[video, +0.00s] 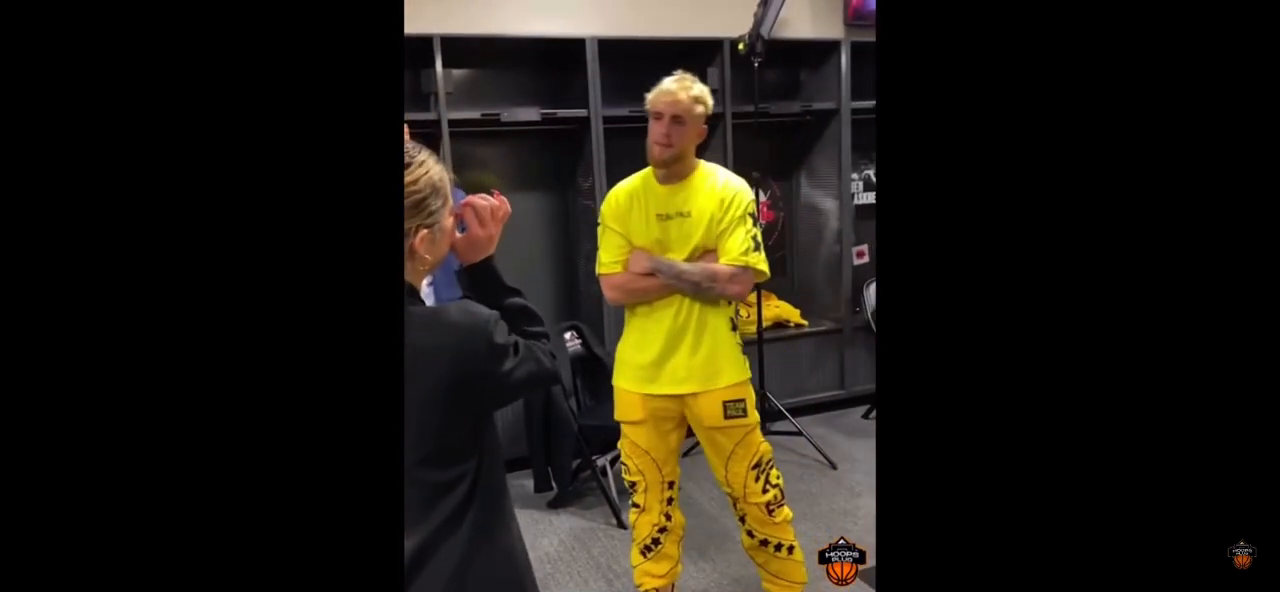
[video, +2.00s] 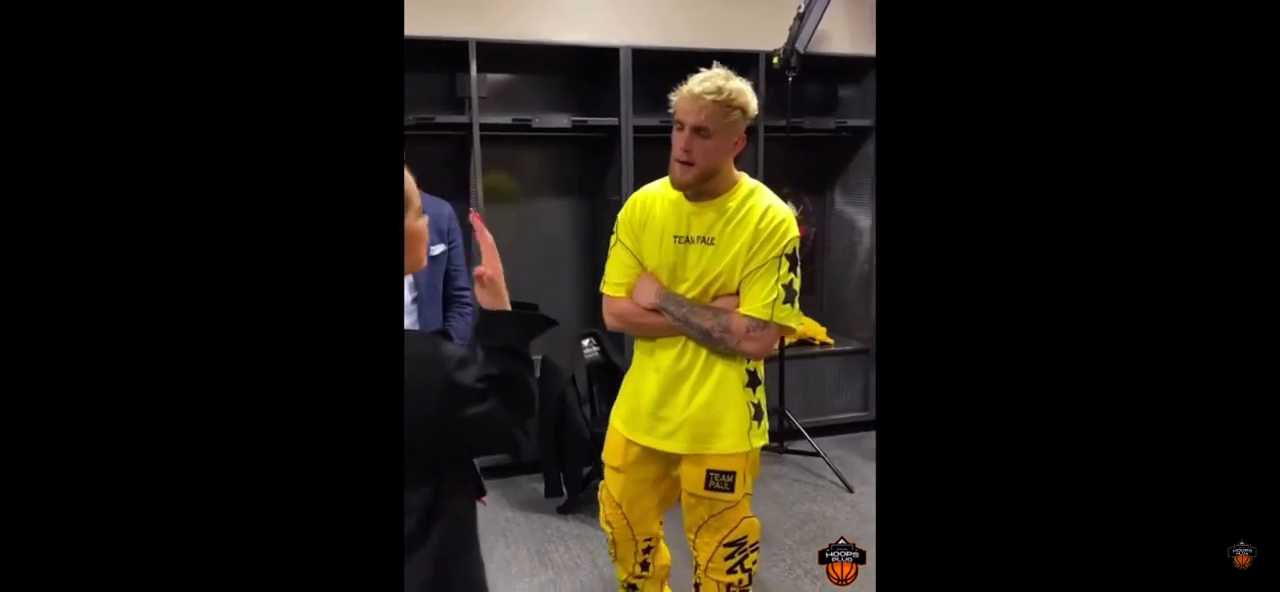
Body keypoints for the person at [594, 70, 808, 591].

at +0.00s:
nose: (662, 131)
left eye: (677, 121)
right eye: (656, 118)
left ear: (701, 130)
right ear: (647, 124)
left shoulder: (728, 191)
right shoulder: (621, 198)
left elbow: (737, 281)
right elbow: (614, 289)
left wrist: (654, 263)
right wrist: (701, 273)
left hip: (716, 371)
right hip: (641, 375)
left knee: (758, 498)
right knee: (649, 506)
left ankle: (787, 584)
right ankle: (653, 586)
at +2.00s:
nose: (682, 144)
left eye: (700, 133)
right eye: (678, 128)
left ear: (738, 143)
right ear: (670, 128)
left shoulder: (770, 220)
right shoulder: (642, 206)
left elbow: (759, 340)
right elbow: (616, 314)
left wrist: (661, 297)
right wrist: (714, 315)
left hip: (722, 418)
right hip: (642, 407)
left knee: (719, 550)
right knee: (623, 524)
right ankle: (644, 586)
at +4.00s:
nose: (736, 96)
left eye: (753, 82)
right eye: (729, 80)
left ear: (785, 89)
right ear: (719, 84)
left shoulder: (823, 162)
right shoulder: (694, 174)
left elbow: (823, 270)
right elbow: (676, 278)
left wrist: (716, 247)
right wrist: (779, 260)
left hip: (801, 377)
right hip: (713, 380)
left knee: (830, 534)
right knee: (729, 538)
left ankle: (841, 586)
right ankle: (732, 587)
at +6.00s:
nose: (704, 82)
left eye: (719, 67)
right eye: (699, 68)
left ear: (757, 74)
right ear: (695, 74)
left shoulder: (808, 146)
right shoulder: (679, 160)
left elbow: (814, 250)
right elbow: (662, 265)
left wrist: (705, 234)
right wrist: (764, 246)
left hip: (790, 365)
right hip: (703, 369)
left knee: (824, 519)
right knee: (723, 522)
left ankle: (837, 584)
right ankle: (726, 585)